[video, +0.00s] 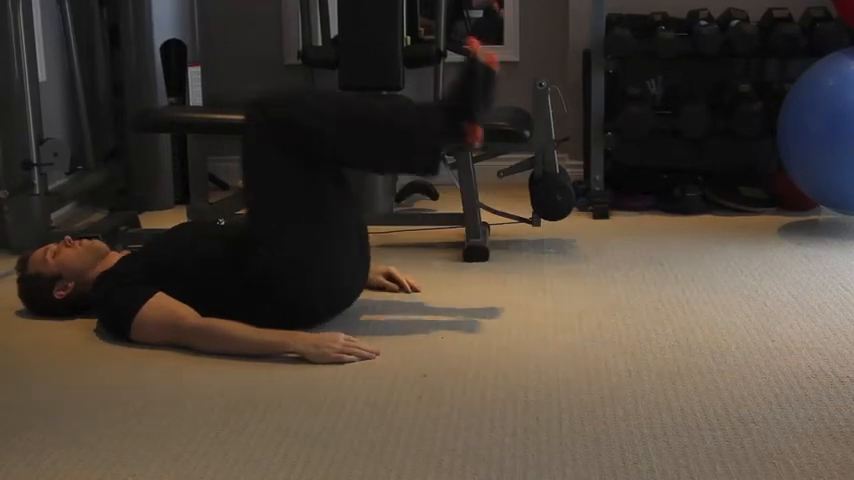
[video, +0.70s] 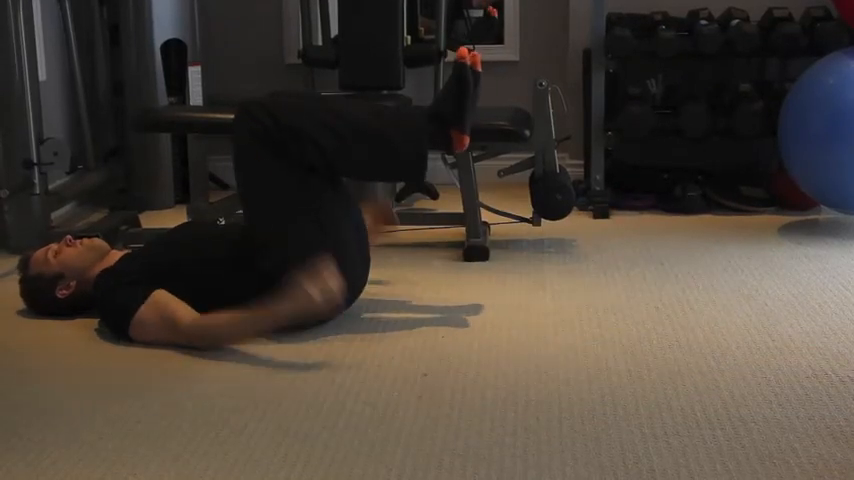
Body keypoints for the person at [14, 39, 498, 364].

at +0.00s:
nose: (73, 236)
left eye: (61, 237)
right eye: (58, 249)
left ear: (83, 245)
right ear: (66, 287)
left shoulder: (144, 251)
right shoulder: (116, 299)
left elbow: (247, 247)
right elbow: (199, 331)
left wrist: (356, 275)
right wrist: (304, 343)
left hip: (315, 270)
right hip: (293, 291)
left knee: (285, 114)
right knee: (273, 118)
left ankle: (447, 121)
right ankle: (445, 129)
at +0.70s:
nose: (66, 236)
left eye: (56, 237)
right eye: (54, 250)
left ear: (81, 241)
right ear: (67, 287)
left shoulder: (141, 253)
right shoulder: (115, 293)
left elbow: (238, 241)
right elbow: (193, 328)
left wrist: (346, 218)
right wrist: (295, 305)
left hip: (318, 253)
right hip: (305, 281)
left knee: (271, 118)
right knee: (259, 121)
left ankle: (432, 125)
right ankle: (431, 132)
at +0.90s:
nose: (68, 236)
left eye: (58, 237)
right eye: (56, 250)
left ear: (80, 237)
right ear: (66, 288)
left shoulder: (141, 254)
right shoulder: (116, 296)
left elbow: (242, 212)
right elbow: (186, 278)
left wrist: (254, 113)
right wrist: (182, 154)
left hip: (315, 264)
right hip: (300, 283)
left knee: (269, 118)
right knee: (255, 121)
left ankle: (426, 121)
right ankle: (429, 127)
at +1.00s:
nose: (67, 234)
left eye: (57, 235)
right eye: (55, 249)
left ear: (80, 233)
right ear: (66, 288)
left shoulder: (144, 266)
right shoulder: (117, 297)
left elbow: (225, 210)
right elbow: (158, 243)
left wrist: (212, 119)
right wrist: (150, 152)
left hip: (317, 267)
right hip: (298, 282)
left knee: (265, 119)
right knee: (257, 121)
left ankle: (425, 123)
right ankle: (428, 128)